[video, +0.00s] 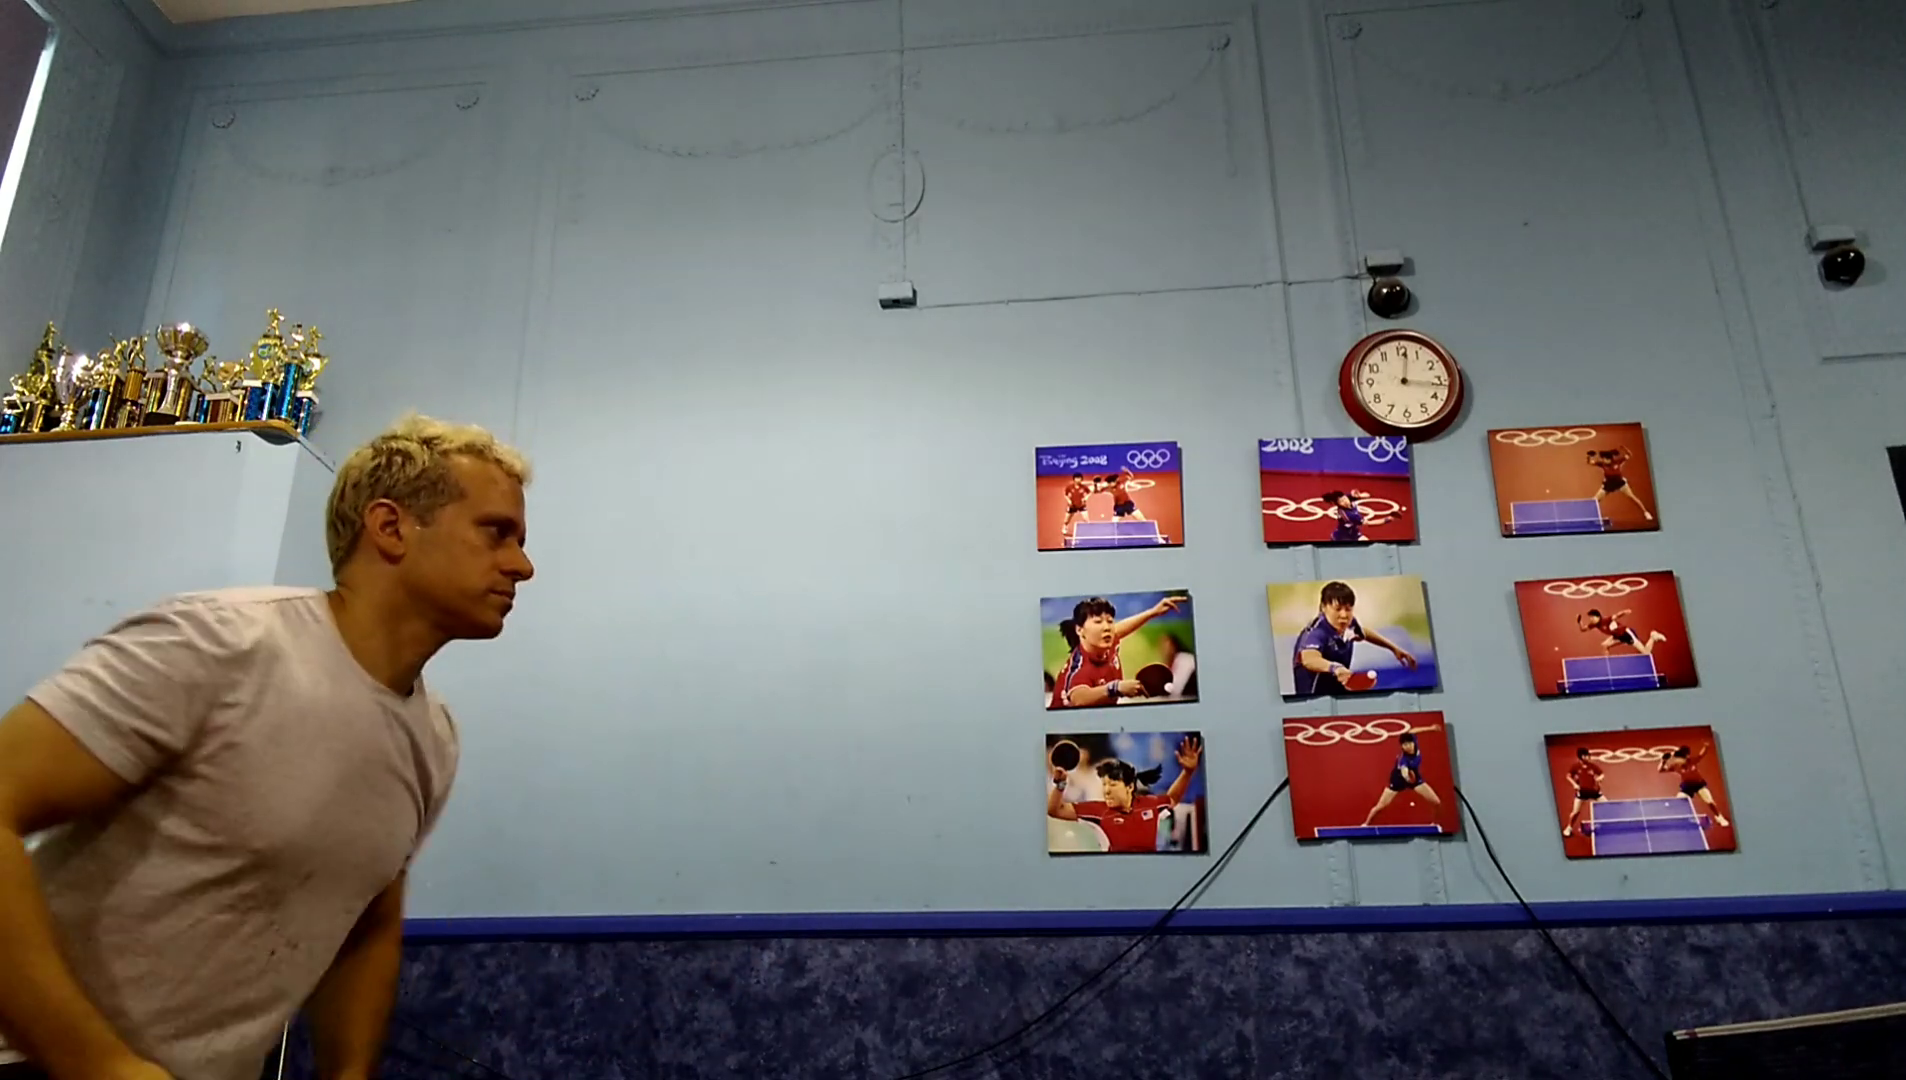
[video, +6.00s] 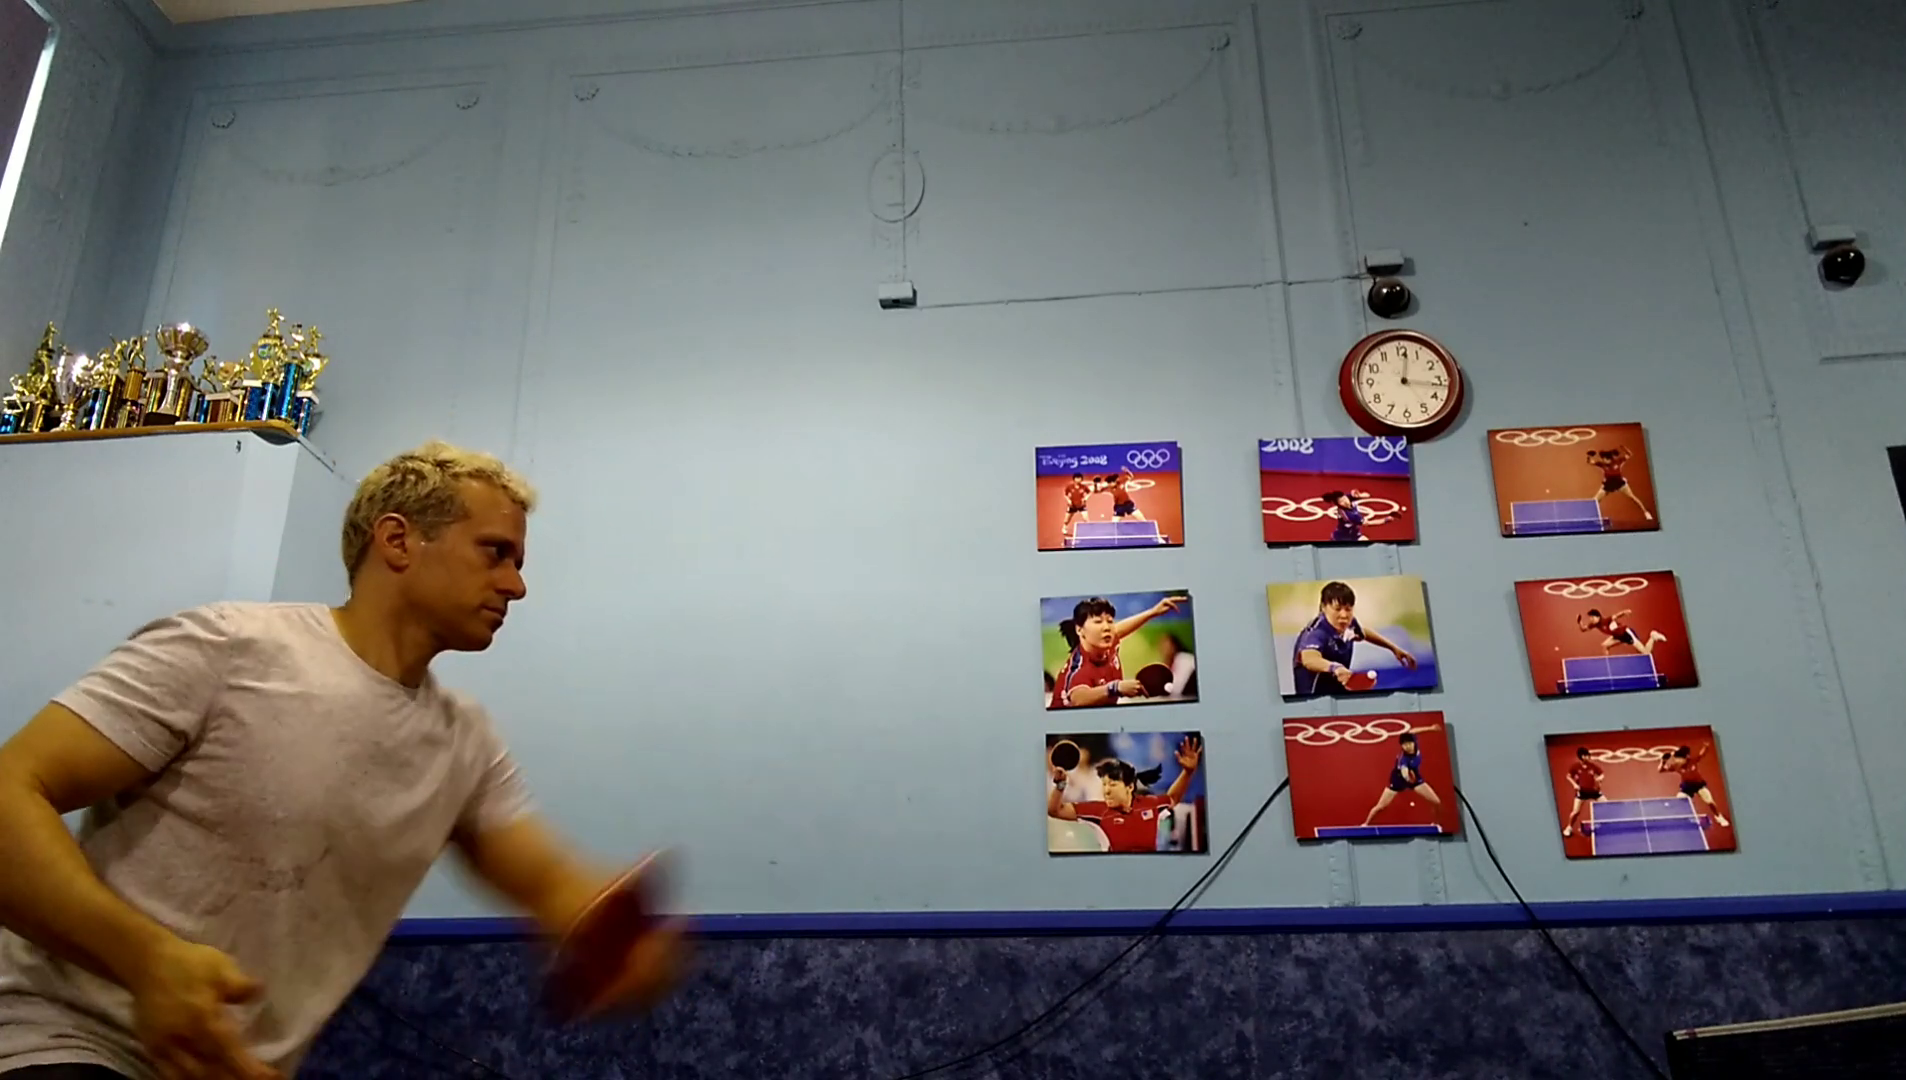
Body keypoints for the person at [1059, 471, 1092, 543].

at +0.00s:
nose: (1078, 481)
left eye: (1079, 479)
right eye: (1077, 479)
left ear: (1081, 480)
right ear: (1074, 480)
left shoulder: (1083, 487)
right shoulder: (1070, 487)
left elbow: (1090, 492)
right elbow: (1065, 494)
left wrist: (1085, 498)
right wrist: (1068, 501)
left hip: (1081, 505)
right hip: (1072, 505)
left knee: (1086, 519)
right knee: (1066, 520)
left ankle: (1090, 531)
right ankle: (1064, 529)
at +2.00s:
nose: (1078, 481)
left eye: (1079, 479)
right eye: (1077, 479)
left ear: (1081, 479)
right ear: (1074, 479)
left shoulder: (1083, 487)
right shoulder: (1070, 487)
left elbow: (1090, 492)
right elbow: (1065, 494)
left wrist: (1085, 498)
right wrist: (1069, 501)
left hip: (1081, 505)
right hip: (1073, 505)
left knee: (1086, 519)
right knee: (1067, 520)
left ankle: (1090, 530)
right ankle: (1064, 528)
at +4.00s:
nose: (1078, 480)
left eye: (1079, 478)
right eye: (1076, 479)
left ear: (1081, 479)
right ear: (1074, 479)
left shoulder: (1083, 487)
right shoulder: (1070, 487)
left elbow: (1089, 492)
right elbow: (1065, 494)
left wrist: (1085, 498)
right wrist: (1068, 500)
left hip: (1081, 505)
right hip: (1072, 505)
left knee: (1086, 519)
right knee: (1066, 520)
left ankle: (1090, 531)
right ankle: (1064, 529)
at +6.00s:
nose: (1078, 481)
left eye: (1080, 479)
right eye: (1077, 479)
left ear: (1081, 480)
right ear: (1074, 480)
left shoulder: (1083, 487)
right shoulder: (1070, 487)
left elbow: (1089, 492)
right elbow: (1065, 494)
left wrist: (1085, 498)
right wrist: (1068, 501)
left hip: (1081, 505)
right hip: (1072, 505)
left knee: (1086, 519)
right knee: (1066, 520)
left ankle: (1090, 531)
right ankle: (1064, 528)